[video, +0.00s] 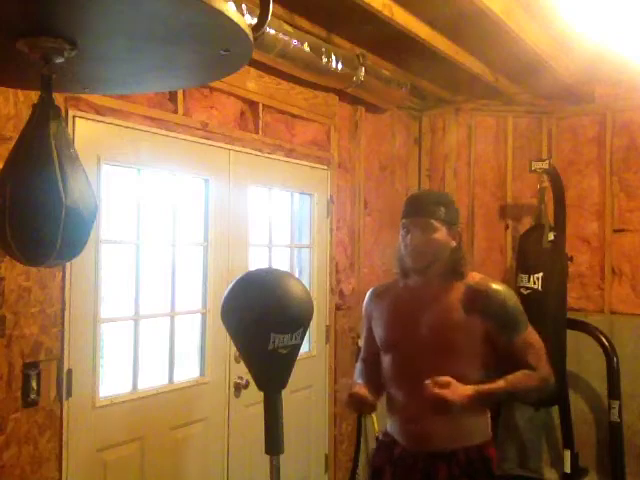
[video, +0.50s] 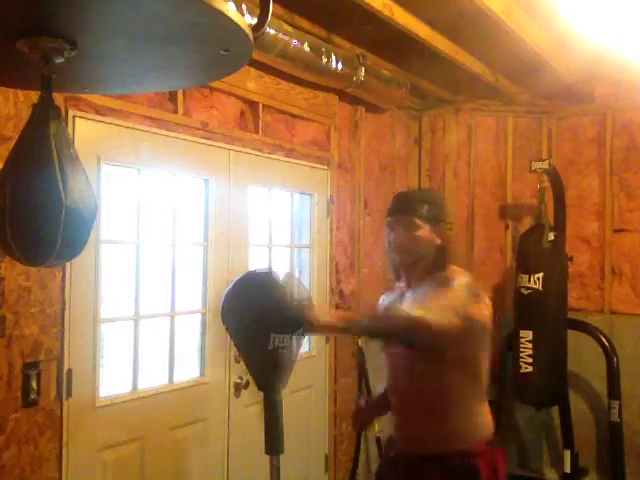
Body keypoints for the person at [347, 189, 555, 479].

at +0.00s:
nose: (413, 241)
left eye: (428, 230)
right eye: (407, 231)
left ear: (453, 238)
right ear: (400, 237)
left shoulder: (489, 298)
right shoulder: (379, 300)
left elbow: (541, 376)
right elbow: (368, 365)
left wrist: (470, 393)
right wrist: (363, 393)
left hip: (465, 461)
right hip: (398, 459)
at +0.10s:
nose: (414, 241)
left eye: (428, 230)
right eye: (407, 231)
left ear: (454, 237)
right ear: (400, 238)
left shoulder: (489, 300)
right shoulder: (379, 300)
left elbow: (539, 379)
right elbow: (365, 362)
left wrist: (468, 396)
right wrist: (359, 390)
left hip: (462, 462)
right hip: (395, 461)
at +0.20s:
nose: (411, 241)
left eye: (426, 231)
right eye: (405, 231)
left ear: (452, 238)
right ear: (398, 239)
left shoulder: (488, 302)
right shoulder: (378, 302)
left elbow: (538, 383)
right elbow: (365, 364)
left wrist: (464, 399)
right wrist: (356, 391)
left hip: (461, 463)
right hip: (393, 462)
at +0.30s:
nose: (407, 242)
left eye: (421, 231)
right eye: (402, 232)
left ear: (449, 240)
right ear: (394, 240)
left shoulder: (483, 304)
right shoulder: (378, 303)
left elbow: (533, 385)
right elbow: (370, 371)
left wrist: (455, 396)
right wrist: (358, 395)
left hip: (459, 463)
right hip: (393, 461)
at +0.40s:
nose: (403, 239)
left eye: (417, 229)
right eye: (397, 229)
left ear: (443, 235)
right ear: (390, 237)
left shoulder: (467, 292)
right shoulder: (383, 300)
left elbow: (516, 365)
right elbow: (388, 370)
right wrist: (367, 396)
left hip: (460, 460)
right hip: (400, 459)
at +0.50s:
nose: (398, 239)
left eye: (411, 228)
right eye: (392, 228)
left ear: (438, 235)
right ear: (385, 237)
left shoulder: (464, 290)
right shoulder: (389, 302)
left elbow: (442, 330)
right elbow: (406, 379)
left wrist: (352, 322)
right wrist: (371, 410)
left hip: (463, 457)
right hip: (407, 453)